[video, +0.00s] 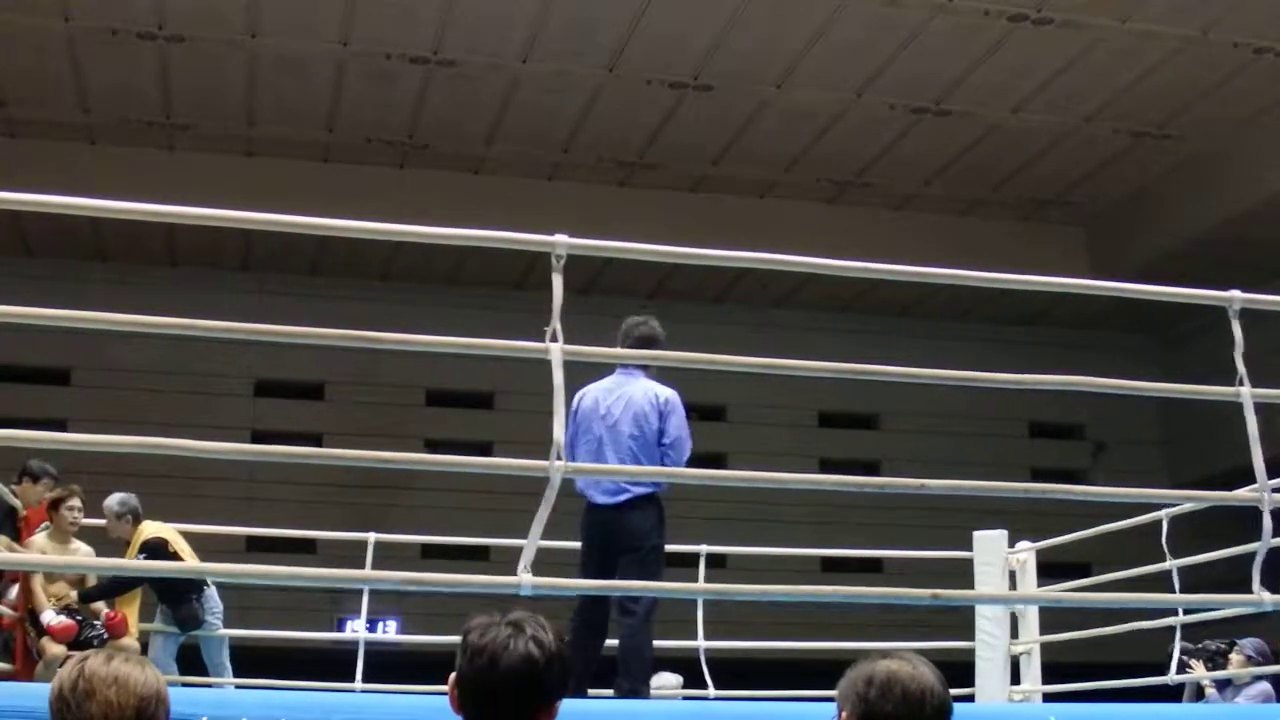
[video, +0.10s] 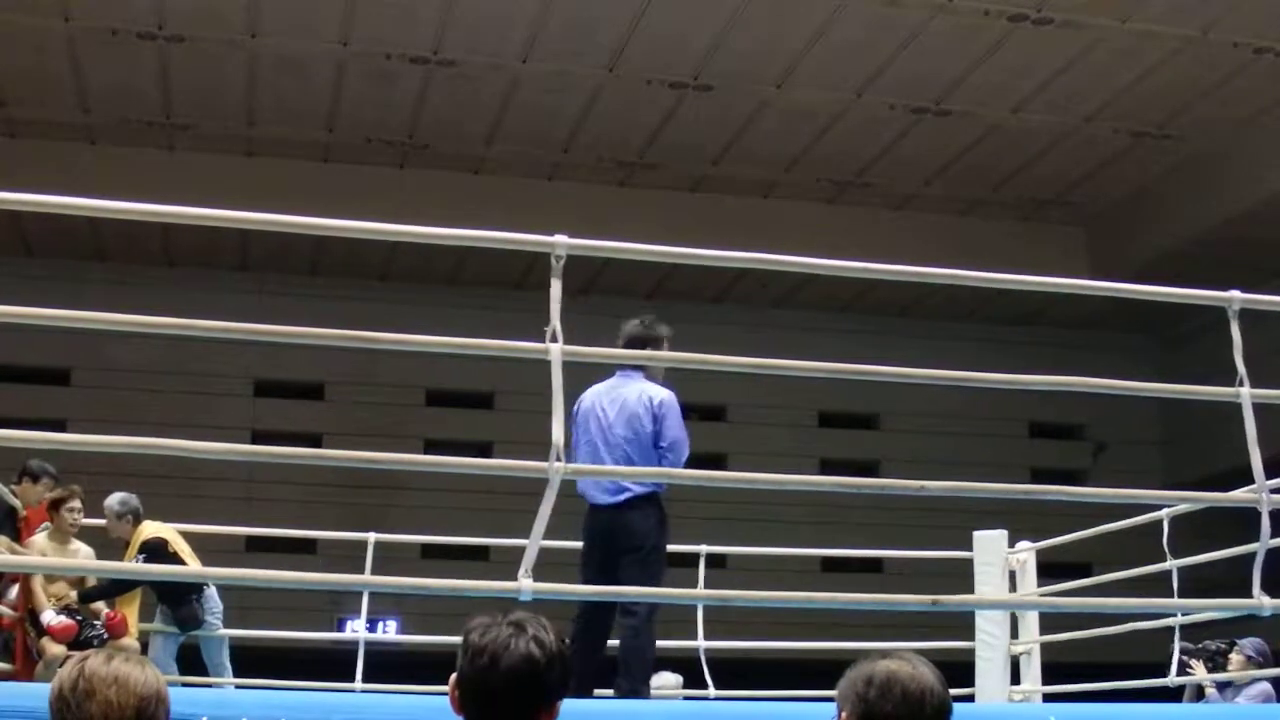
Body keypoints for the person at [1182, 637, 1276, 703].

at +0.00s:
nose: (1229, 656)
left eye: (1237, 653)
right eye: (1232, 652)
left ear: (1253, 661)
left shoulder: (1263, 689)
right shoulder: (1227, 690)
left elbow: (1228, 714)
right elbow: (1190, 712)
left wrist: (1206, 683)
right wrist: (1192, 679)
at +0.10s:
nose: (1229, 656)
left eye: (1237, 653)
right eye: (1232, 652)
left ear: (1253, 662)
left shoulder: (1263, 689)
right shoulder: (1227, 689)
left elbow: (1228, 714)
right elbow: (1189, 712)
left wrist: (1206, 683)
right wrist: (1192, 680)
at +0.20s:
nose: (1229, 656)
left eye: (1237, 653)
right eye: (1232, 652)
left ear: (1254, 662)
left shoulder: (1263, 689)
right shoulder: (1228, 690)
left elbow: (1228, 714)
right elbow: (1190, 712)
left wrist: (1206, 682)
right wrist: (1192, 679)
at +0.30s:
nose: (1230, 656)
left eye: (1237, 653)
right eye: (1232, 652)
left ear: (1253, 661)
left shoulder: (1263, 688)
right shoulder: (1227, 690)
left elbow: (1229, 714)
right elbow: (1190, 713)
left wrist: (1206, 682)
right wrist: (1192, 679)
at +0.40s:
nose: (1230, 656)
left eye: (1237, 653)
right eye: (1232, 652)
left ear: (1253, 662)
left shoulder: (1263, 689)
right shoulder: (1228, 690)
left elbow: (1229, 713)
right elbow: (1190, 712)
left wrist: (1206, 682)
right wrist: (1194, 679)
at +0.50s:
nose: (1230, 656)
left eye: (1238, 653)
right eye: (1233, 652)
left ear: (1254, 662)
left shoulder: (1264, 689)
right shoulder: (1228, 691)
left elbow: (1229, 714)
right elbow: (1190, 712)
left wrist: (1207, 682)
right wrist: (1194, 679)